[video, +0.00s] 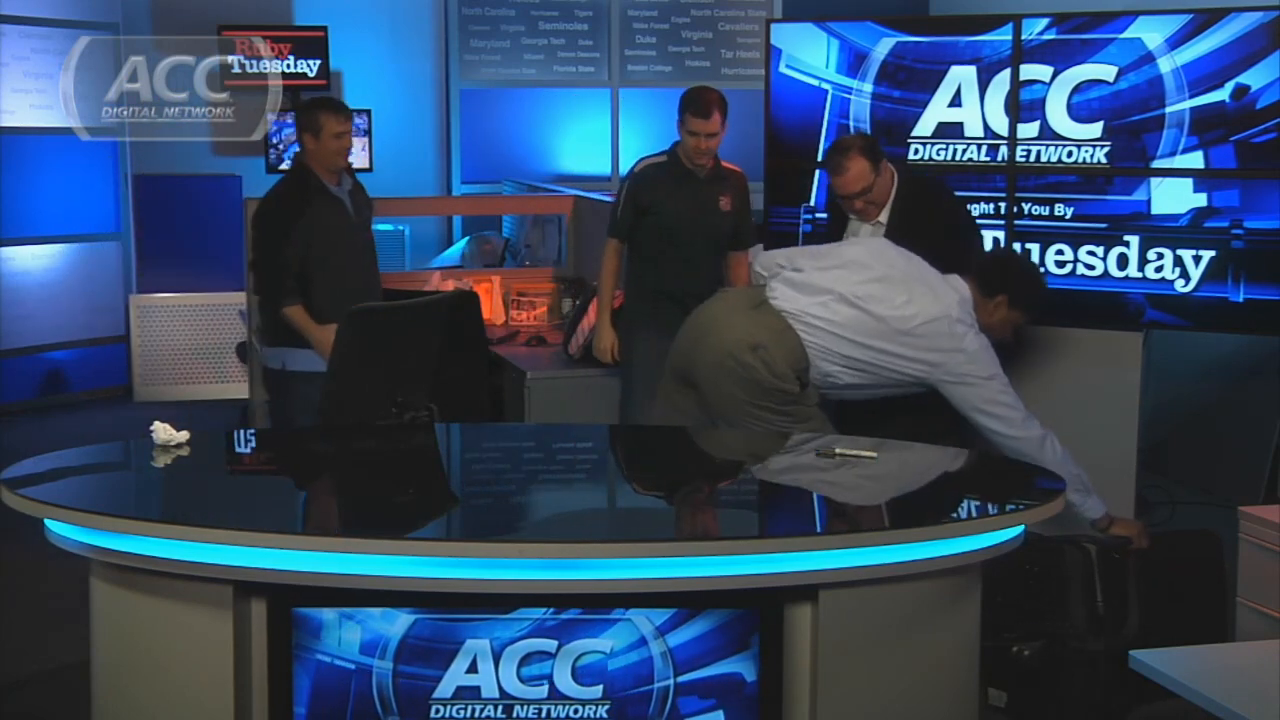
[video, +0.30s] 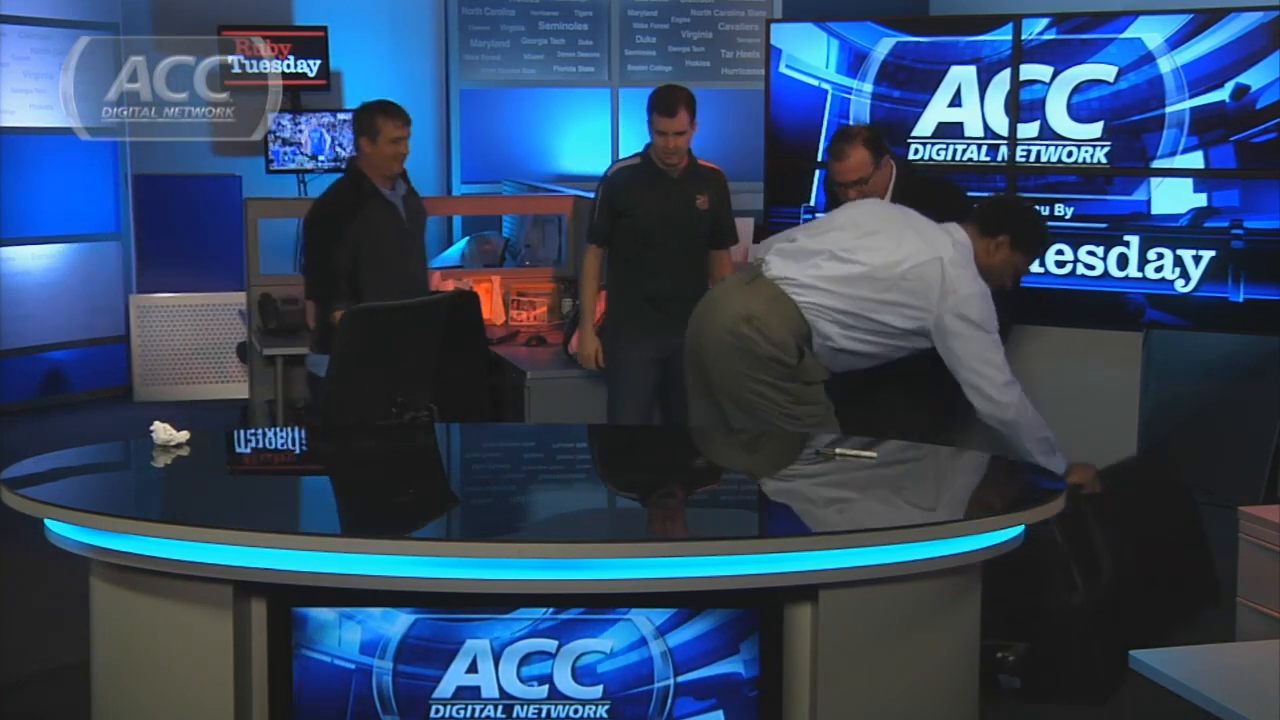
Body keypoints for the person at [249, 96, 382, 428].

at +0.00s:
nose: (349, 144)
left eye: (350, 135)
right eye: (339, 136)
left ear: (352, 135)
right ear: (308, 141)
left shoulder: (355, 193)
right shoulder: (280, 203)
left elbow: (360, 267)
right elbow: (277, 289)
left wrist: (369, 325)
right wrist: (317, 335)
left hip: (354, 352)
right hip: (300, 361)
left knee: (357, 459)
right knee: (306, 460)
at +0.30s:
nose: (405, 151)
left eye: (406, 141)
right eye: (395, 142)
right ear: (365, 145)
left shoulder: (409, 199)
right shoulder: (332, 208)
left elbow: (415, 273)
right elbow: (325, 291)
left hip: (406, 343)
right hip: (354, 349)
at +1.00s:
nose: (486, 152)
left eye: (488, 142)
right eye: (476, 143)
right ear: (446, 147)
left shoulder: (472, 199)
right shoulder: (433, 205)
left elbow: (485, 280)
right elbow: (443, 295)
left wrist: (520, 316)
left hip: (493, 364)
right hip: (459, 369)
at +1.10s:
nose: (493, 155)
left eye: (495, 145)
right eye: (482, 146)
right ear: (452, 149)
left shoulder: (474, 198)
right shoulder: (442, 204)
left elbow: (490, 281)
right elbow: (454, 297)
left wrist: (527, 318)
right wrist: (520, 329)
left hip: (496, 369)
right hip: (465, 375)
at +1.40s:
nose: (502, 160)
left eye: (506, 150)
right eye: (491, 152)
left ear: (511, 147)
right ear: (461, 151)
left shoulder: (485, 202)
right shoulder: (452, 209)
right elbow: (451, 304)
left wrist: (521, 341)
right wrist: (508, 345)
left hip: (501, 381)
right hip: (471, 385)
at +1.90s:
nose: (494, 163)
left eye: (499, 153)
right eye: (483, 155)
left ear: (504, 148)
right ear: (454, 155)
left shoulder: (496, 200)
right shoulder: (436, 216)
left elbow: (507, 282)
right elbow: (425, 308)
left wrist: (530, 347)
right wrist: (473, 365)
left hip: (514, 378)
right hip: (464, 390)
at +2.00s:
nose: (491, 164)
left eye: (497, 153)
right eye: (480, 155)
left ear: (502, 149)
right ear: (452, 154)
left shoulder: (496, 198)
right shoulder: (435, 217)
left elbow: (506, 280)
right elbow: (422, 309)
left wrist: (528, 346)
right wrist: (467, 369)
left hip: (515, 379)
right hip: (463, 391)